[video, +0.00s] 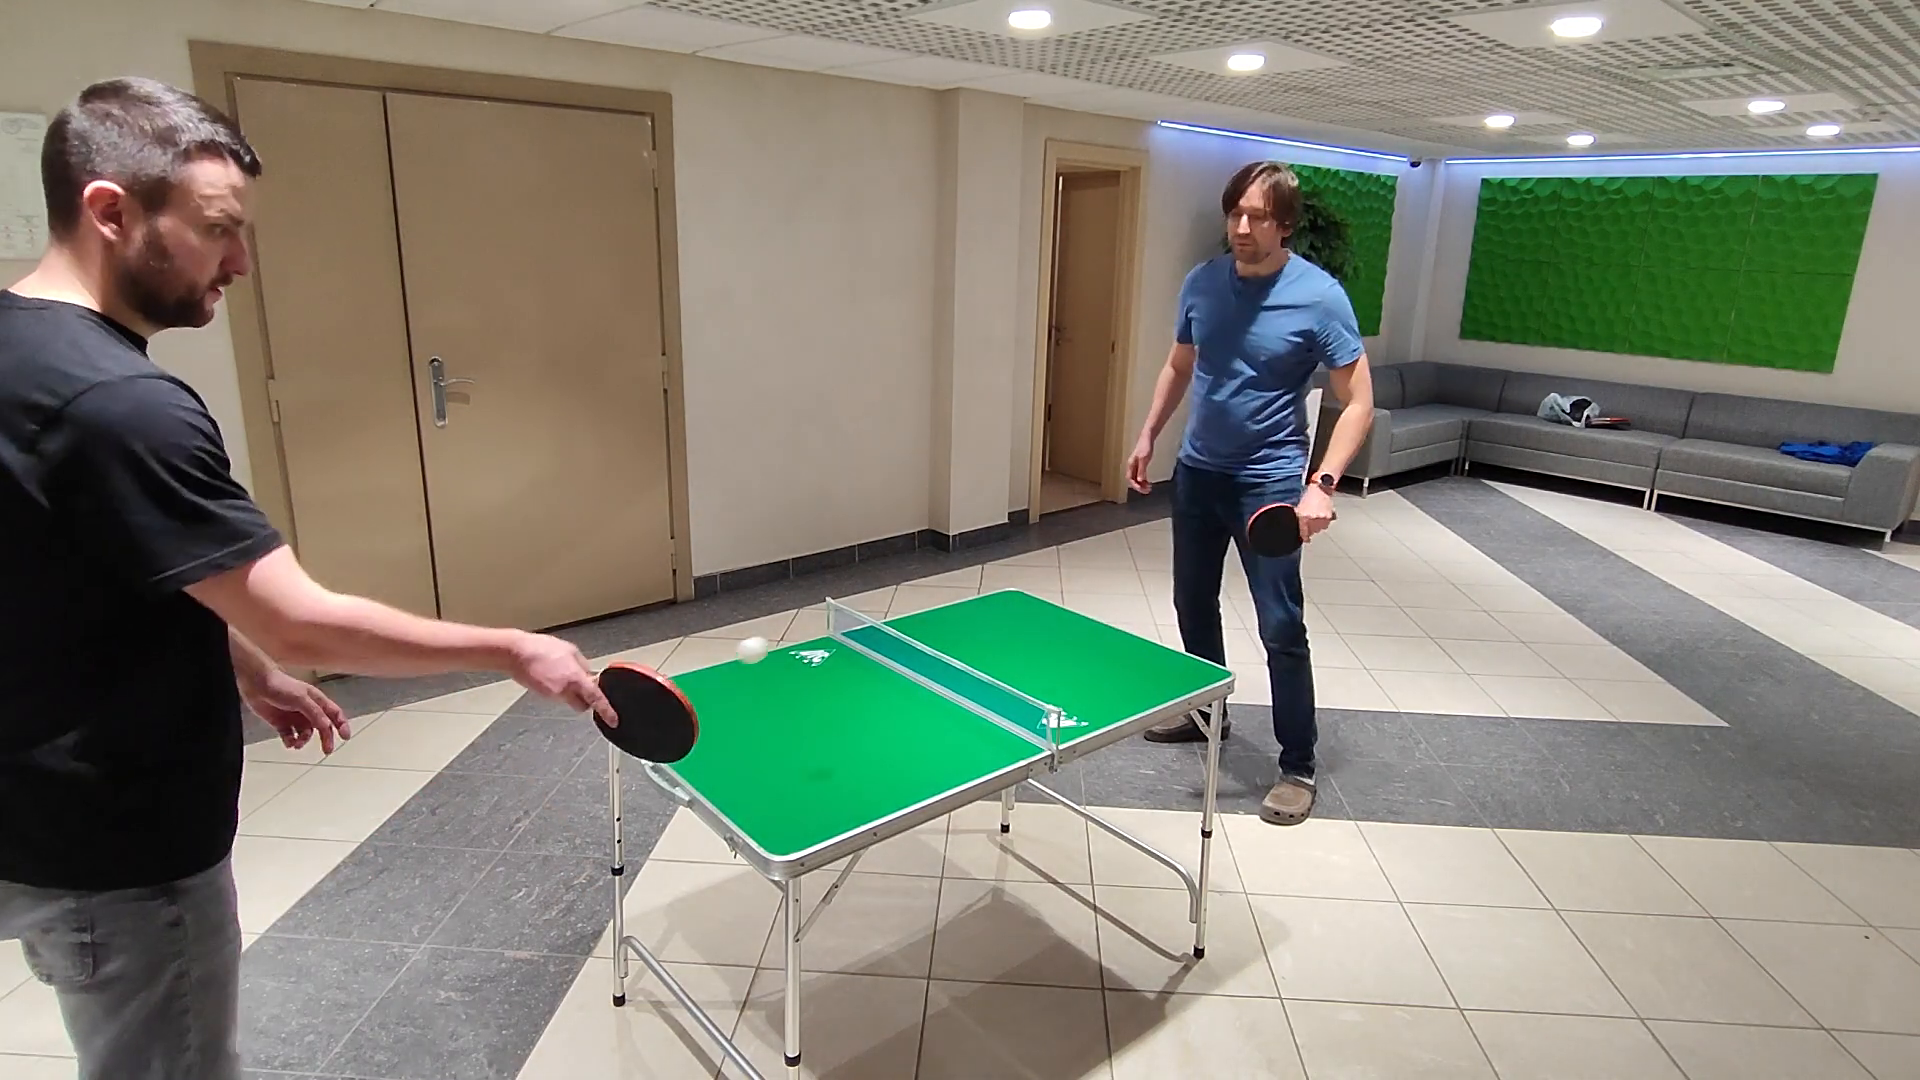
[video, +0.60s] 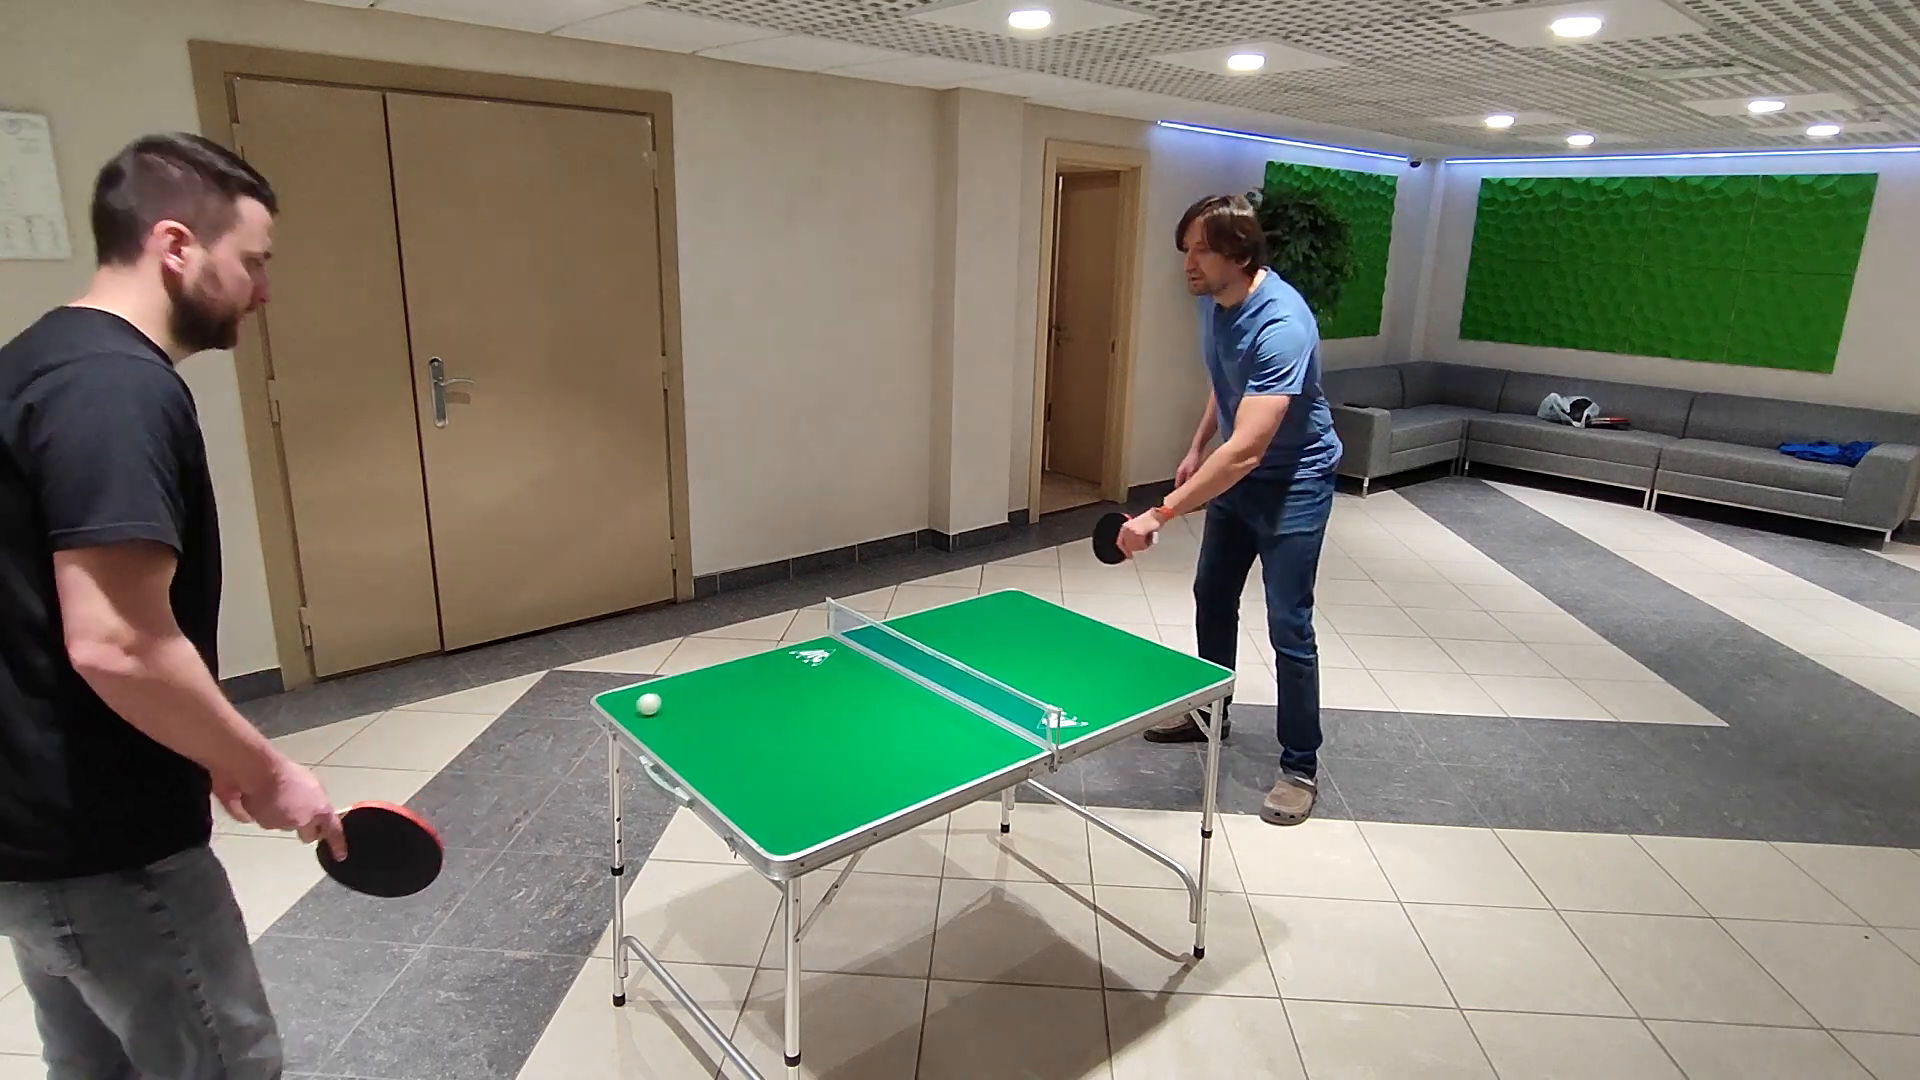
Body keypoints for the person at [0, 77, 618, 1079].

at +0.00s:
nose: (242, 262)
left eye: (243, 233)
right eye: (220, 228)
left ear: (106, 217)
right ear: (110, 214)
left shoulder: (22, 344)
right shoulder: (123, 406)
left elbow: (114, 550)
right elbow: (300, 628)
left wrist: (248, 667)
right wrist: (513, 650)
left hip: (51, 837)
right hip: (128, 863)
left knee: (151, 1059)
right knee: (171, 1070)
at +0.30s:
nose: (210, 247)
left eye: (208, 219)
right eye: (193, 215)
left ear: (92, 210)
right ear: (97, 210)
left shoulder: (14, 343)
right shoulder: (116, 384)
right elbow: (208, 635)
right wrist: (403, 689)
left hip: (38, 822)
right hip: (139, 839)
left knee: (101, 1064)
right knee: (184, 1069)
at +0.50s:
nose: (223, 266)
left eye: (224, 240)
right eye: (210, 234)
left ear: (117, 224)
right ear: (124, 223)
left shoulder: (18, 343)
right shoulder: (102, 374)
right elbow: (134, 639)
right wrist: (299, 748)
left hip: (39, 836)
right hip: (132, 850)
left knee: (106, 1069)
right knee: (237, 1066)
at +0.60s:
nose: (261, 292)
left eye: (264, 266)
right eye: (254, 261)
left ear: (163, 242)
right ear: (175, 244)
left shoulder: (38, 361)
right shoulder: (112, 381)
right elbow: (118, 643)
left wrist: (219, 753)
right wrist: (267, 775)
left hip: (45, 854)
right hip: (119, 860)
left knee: (98, 1069)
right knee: (228, 1063)